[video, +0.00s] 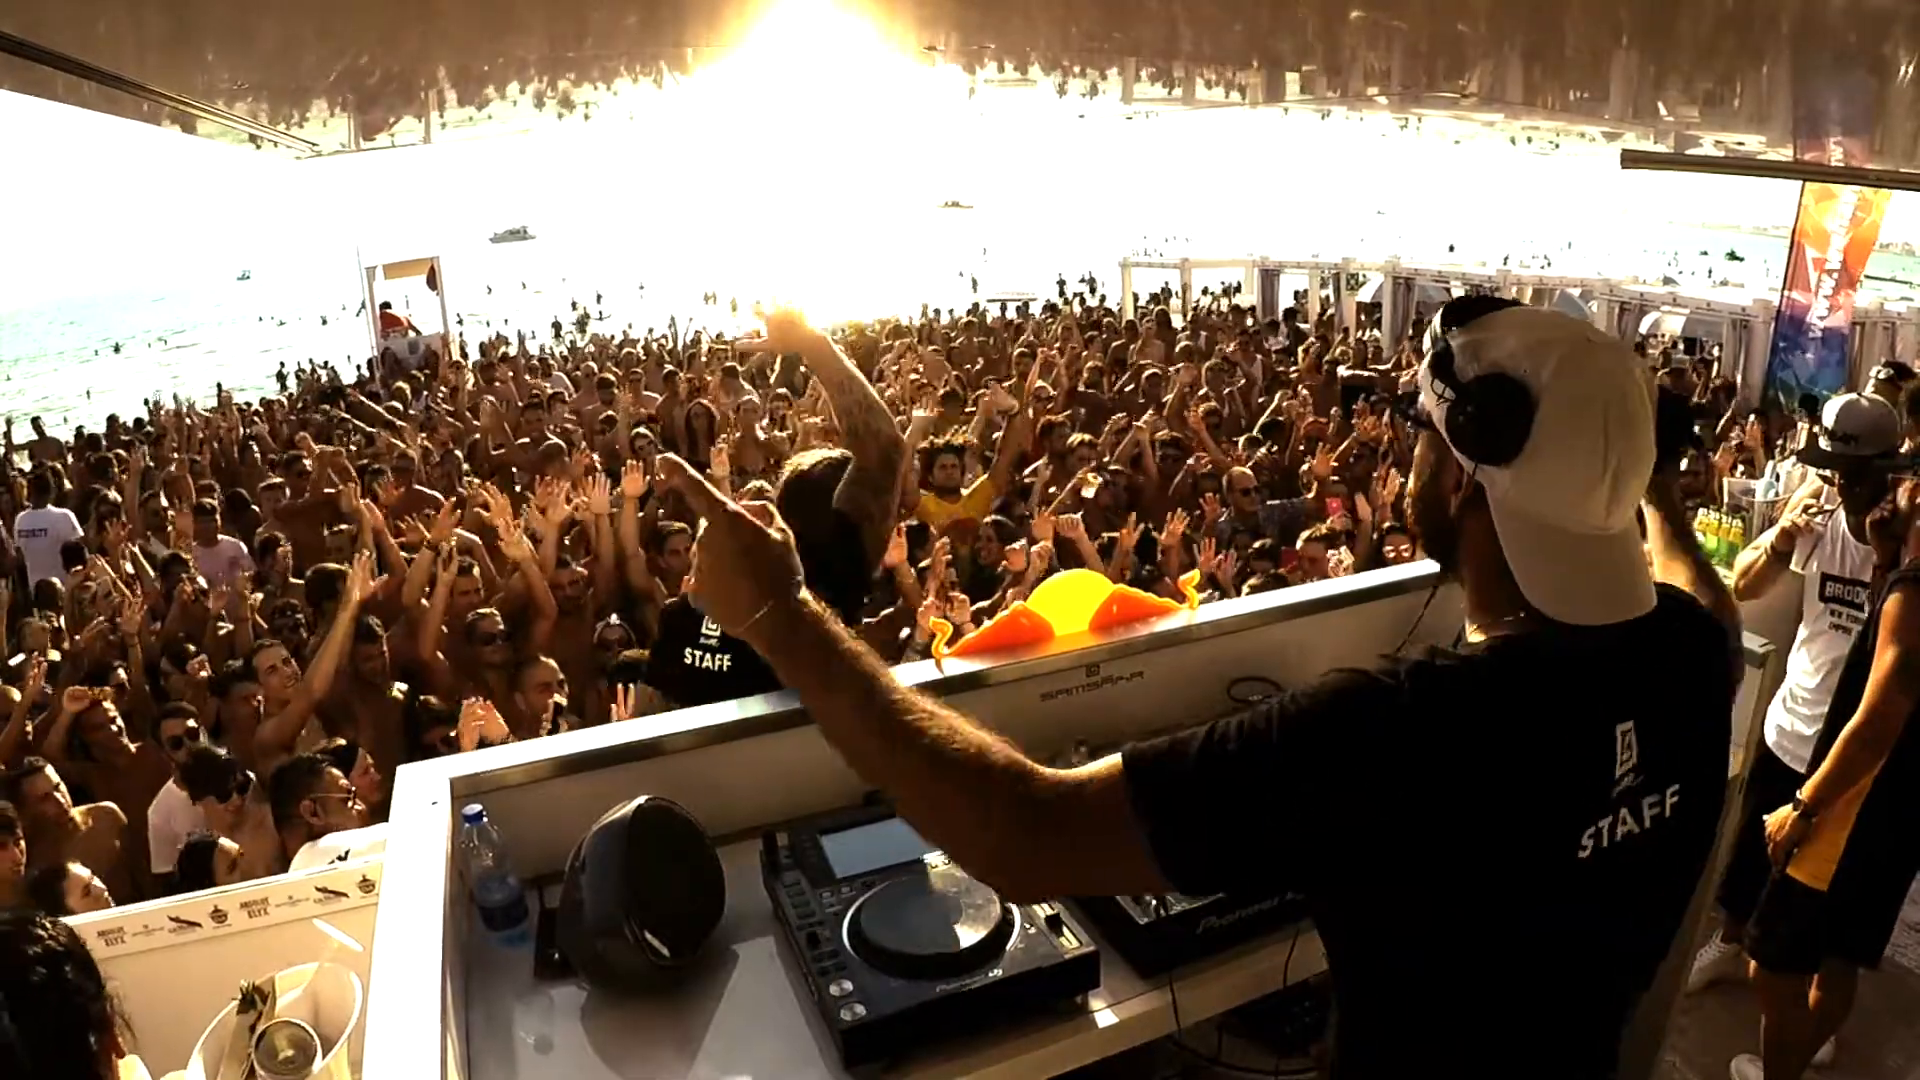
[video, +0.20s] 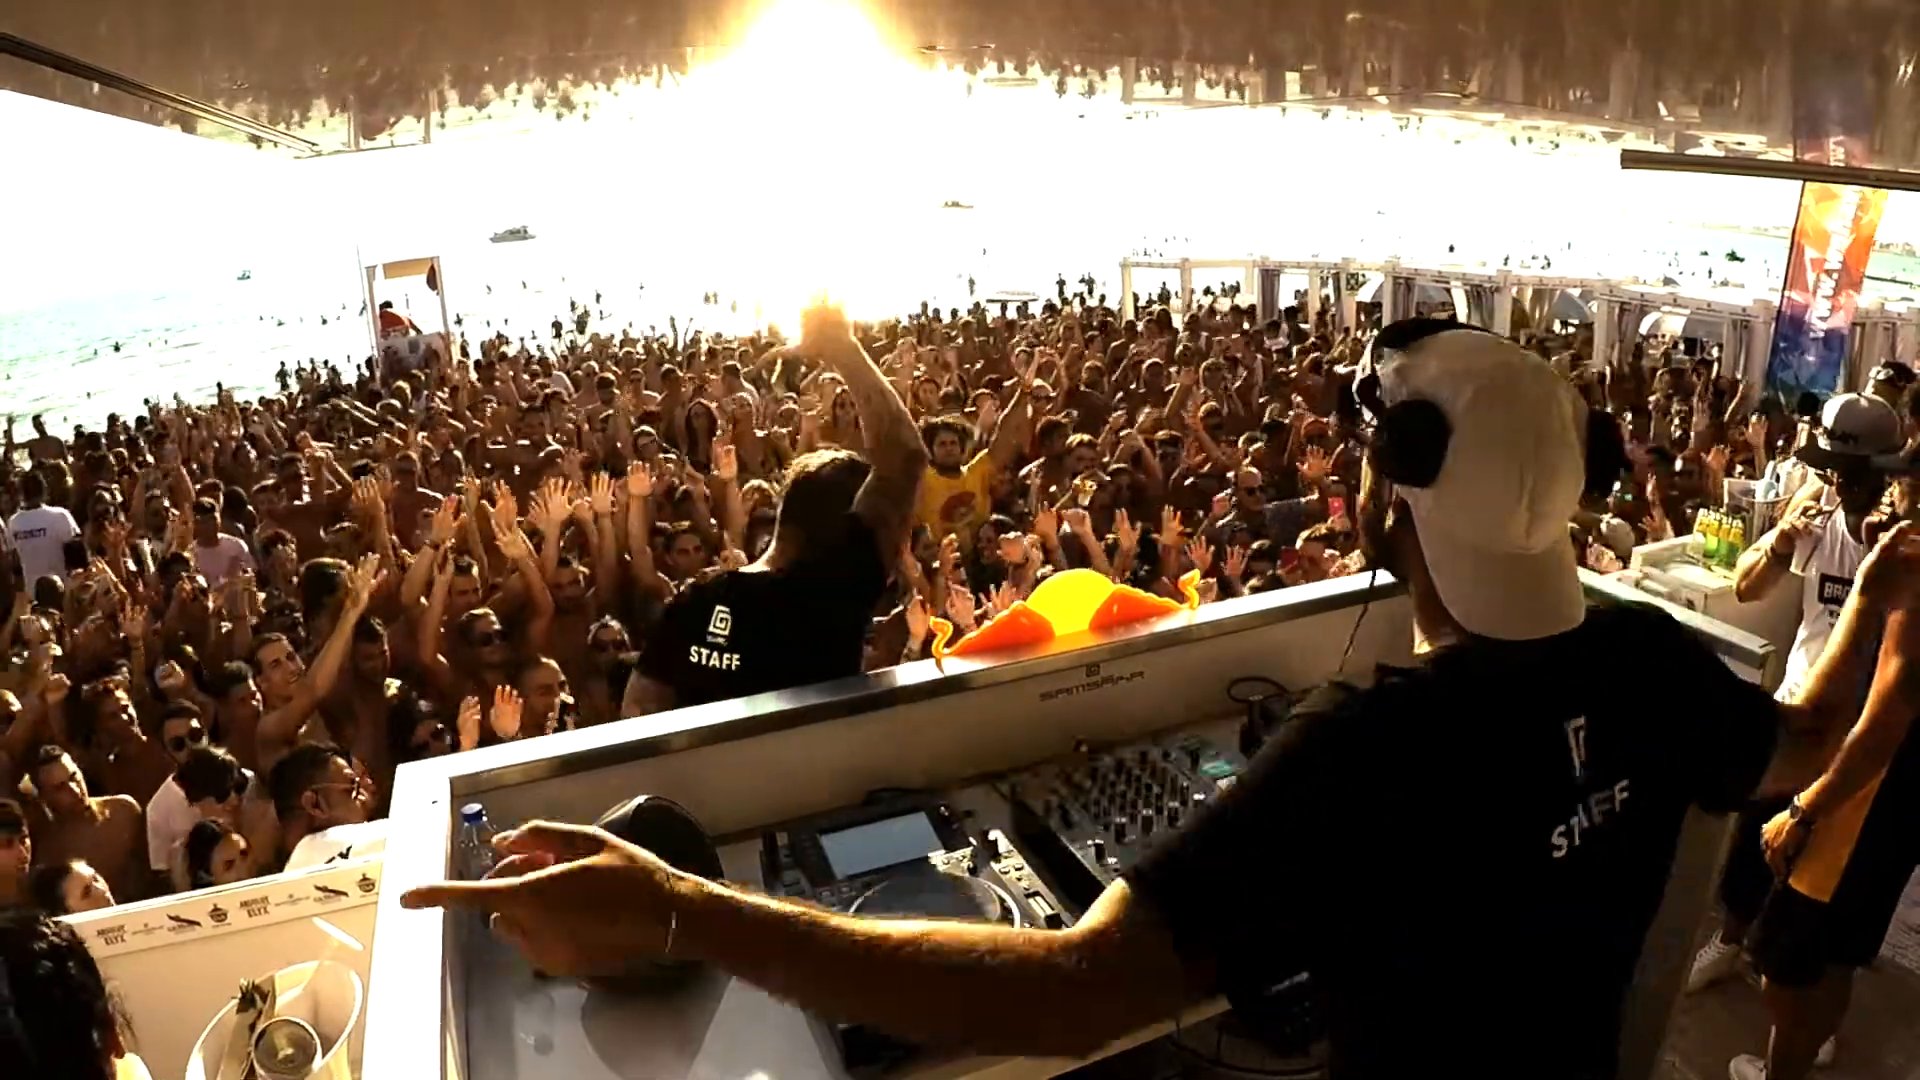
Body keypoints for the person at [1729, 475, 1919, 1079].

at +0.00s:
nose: (1890, 497)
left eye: (1902, 485)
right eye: (1897, 483)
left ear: (1913, 504)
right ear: (1910, 507)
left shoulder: (1906, 595)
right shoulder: (1903, 588)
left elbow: (1883, 716)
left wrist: (1805, 804)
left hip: (1848, 810)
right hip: (1884, 811)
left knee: (1775, 962)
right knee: (1839, 951)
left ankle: (1777, 1068)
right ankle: (1808, 1050)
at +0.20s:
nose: (1834, 471)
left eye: (1847, 460)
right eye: (1831, 458)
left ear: (1878, 465)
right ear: (1827, 459)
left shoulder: (1900, 530)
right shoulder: (1813, 512)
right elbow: (1745, 588)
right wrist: (1783, 534)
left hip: (1864, 717)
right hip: (1796, 697)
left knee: (1822, 846)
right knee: (1757, 819)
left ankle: (1799, 973)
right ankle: (1730, 940)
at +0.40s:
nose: (1877, 513)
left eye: (1890, 499)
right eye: (1880, 499)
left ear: (1915, 511)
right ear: (1900, 514)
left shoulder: (1912, 617)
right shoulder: (1901, 602)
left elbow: (1884, 752)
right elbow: (1863, 659)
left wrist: (1801, 826)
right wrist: (1871, 565)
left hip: (1855, 828)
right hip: (1854, 817)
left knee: (1807, 962)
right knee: (1818, 953)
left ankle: (1792, 1067)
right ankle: (1805, 1052)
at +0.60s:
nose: (1877, 525)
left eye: (1889, 509)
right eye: (1879, 509)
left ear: (1910, 521)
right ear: (1899, 521)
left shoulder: (1915, 631)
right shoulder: (1895, 609)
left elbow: (1896, 774)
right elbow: (1854, 685)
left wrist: (1814, 856)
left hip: (1867, 846)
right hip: (1847, 833)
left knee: (1816, 1003)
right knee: (1808, 982)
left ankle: (1799, 1074)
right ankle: (1789, 1066)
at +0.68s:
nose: (1870, 519)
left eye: (1881, 506)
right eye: (1874, 504)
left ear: (1903, 521)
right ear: (1900, 521)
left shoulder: (1914, 633)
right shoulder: (1894, 613)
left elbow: (1899, 775)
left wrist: (1826, 867)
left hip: (1857, 861)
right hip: (1840, 845)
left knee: (1818, 1008)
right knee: (1811, 992)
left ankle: (1799, 1076)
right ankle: (1790, 1068)